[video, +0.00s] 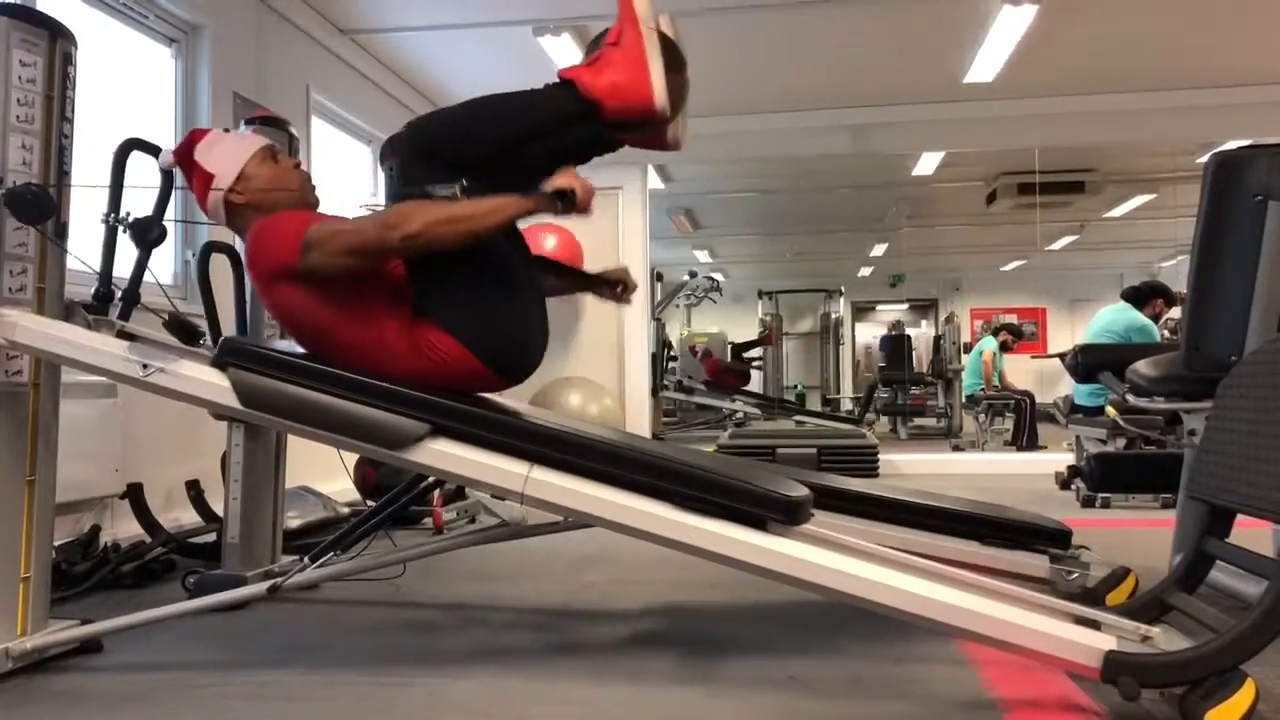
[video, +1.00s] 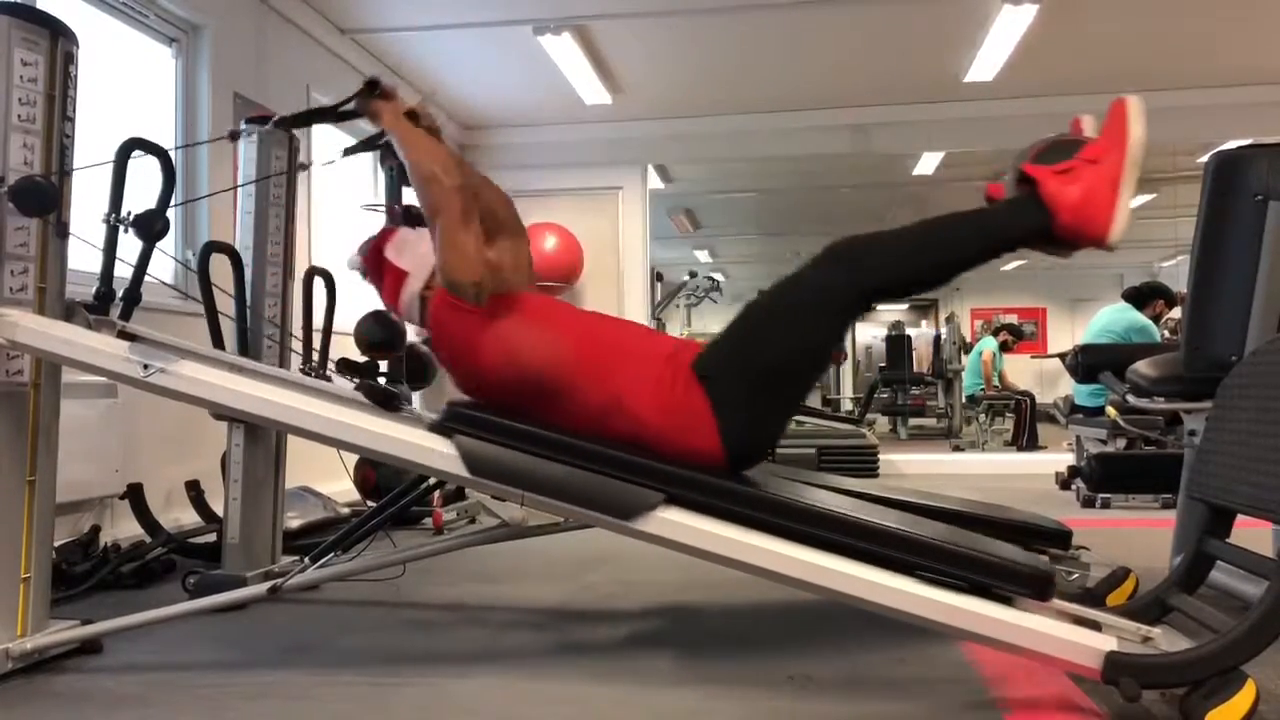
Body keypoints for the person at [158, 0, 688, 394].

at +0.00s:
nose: (296, 163)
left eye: (287, 155)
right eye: (275, 158)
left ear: (246, 192)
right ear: (239, 193)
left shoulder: (291, 249)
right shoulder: (273, 238)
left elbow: (426, 248)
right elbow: (400, 233)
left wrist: (588, 285)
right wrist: (535, 199)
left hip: (488, 341)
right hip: (473, 336)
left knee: (467, 188)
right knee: (414, 148)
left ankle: (626, 123)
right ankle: (604, 86)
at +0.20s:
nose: (303, 162)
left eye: (292, 153)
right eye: (281, 156)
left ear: (253, 187)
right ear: (245, 189)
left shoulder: (294, 245)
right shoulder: (276, 239)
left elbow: (431, 252)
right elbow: (401, 235)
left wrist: (596, 279)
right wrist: (537, 212)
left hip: (492, 343)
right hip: (481, 344)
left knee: (463, 178)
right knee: (439, 150)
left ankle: (647, 125)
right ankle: (626, 89)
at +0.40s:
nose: (312, 174)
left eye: (300, 165)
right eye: (291, 170)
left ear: (271, 203)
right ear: (259, 208)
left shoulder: (339, 261)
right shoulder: (294, 255)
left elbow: (463, 250)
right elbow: (401, 189)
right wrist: (511, 108)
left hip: (514, 350)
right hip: (506, 359)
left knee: (548, 174)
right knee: (536, 158)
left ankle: (724, 136)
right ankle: (719, 123)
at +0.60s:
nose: (343, 194)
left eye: (332, 188)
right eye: (325, 195)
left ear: (322, 221)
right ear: (305, 230)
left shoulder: (389, 277)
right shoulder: (343, 271)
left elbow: (507, 223)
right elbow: (427, 161)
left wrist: (549, 127)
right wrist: (473, 54)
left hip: (563, 353)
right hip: (560, 371)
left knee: (650, 198)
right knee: (647, 198)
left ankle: (839, 160)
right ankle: (846, 168)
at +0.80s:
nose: (381, 214)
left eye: (371, 210)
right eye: (364, 217)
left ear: (373, 244)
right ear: (350, 256)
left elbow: (513, 212)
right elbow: (438, 182)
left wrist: (491, 116)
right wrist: (427, 81)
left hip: (638, 373)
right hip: (631, 393)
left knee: (755, 238)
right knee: (750, 241)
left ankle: (958, 198)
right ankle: (963, 198)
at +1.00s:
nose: (429, 239)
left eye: (421, 235)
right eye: (417, 238)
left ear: (419, 277)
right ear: (413, 270)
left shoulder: (483, 319)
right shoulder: (465, 314)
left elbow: (545, 249)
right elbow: (470, 218)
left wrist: (443, 153)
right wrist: (400, 131)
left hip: (706, 400)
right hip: (711, 415)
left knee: (844, 265)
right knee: (844, 269)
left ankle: (1033, 203)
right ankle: (1051, 208)